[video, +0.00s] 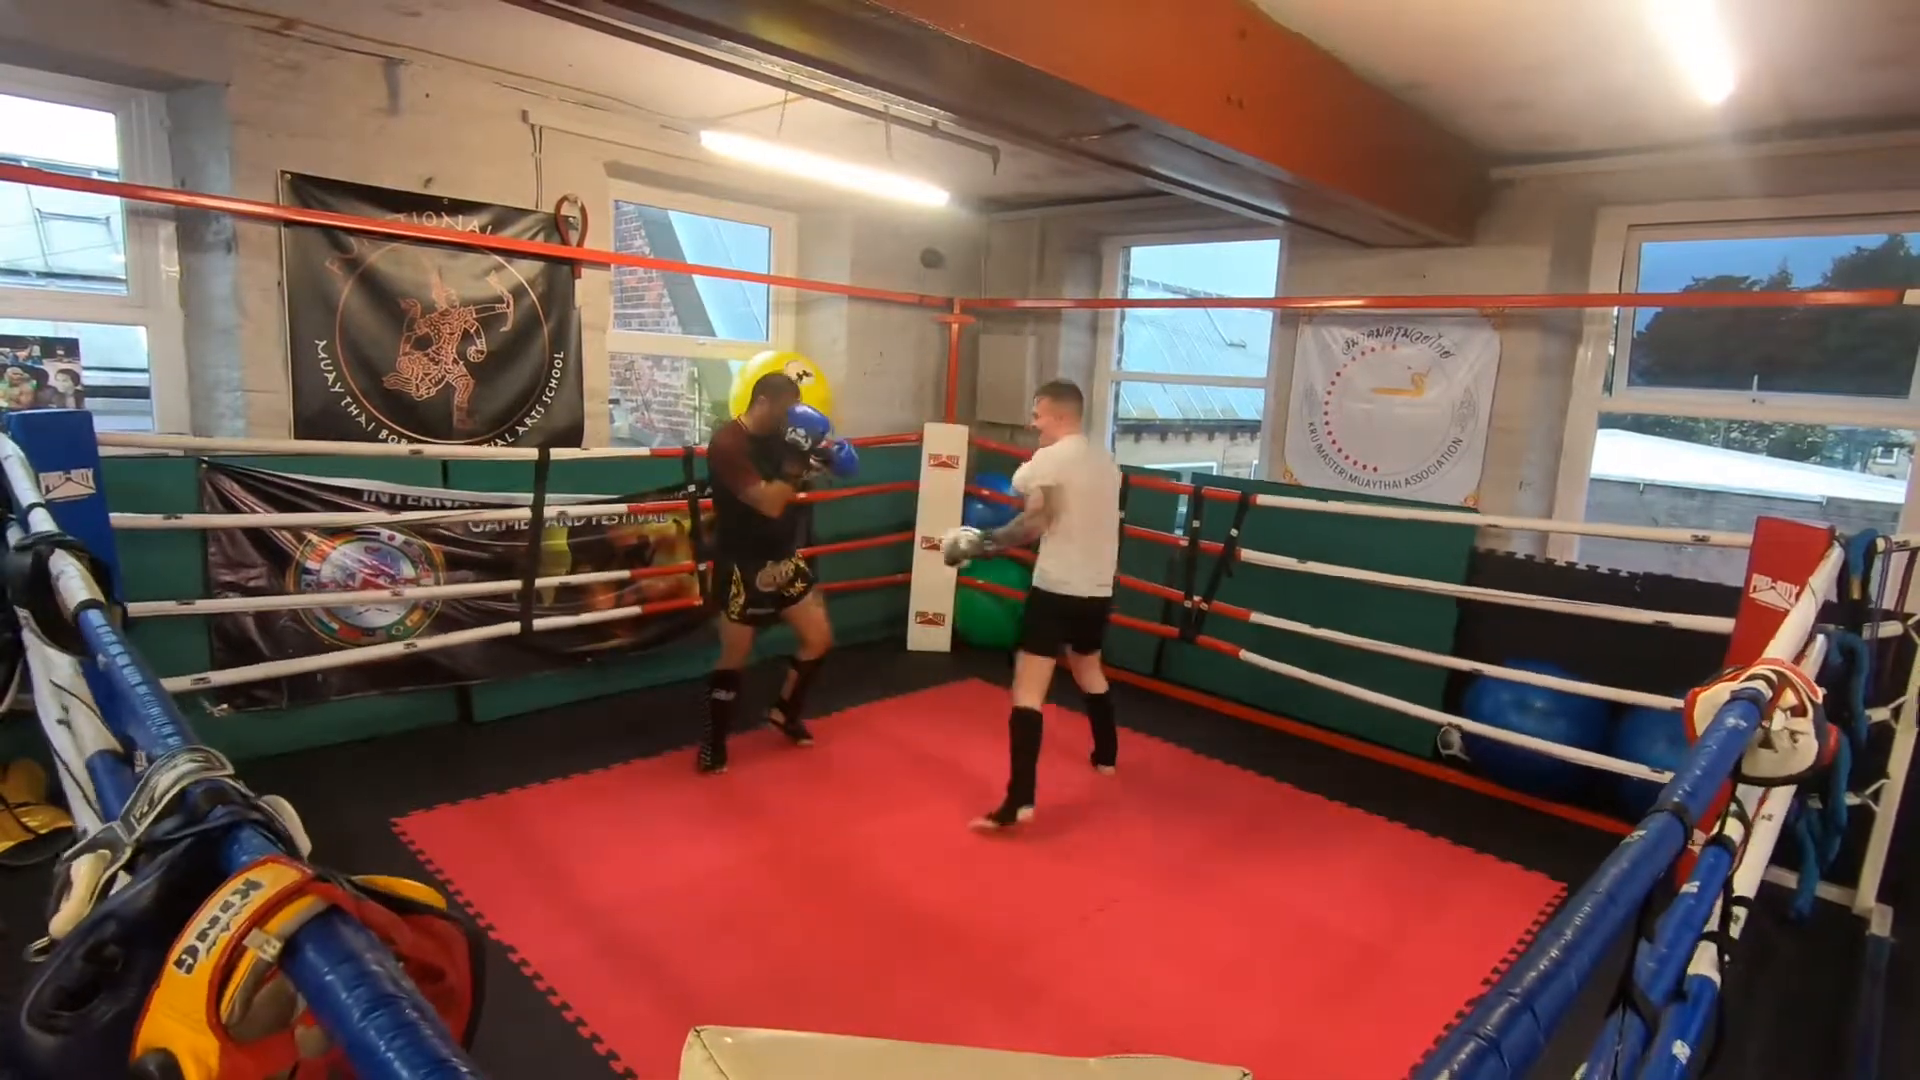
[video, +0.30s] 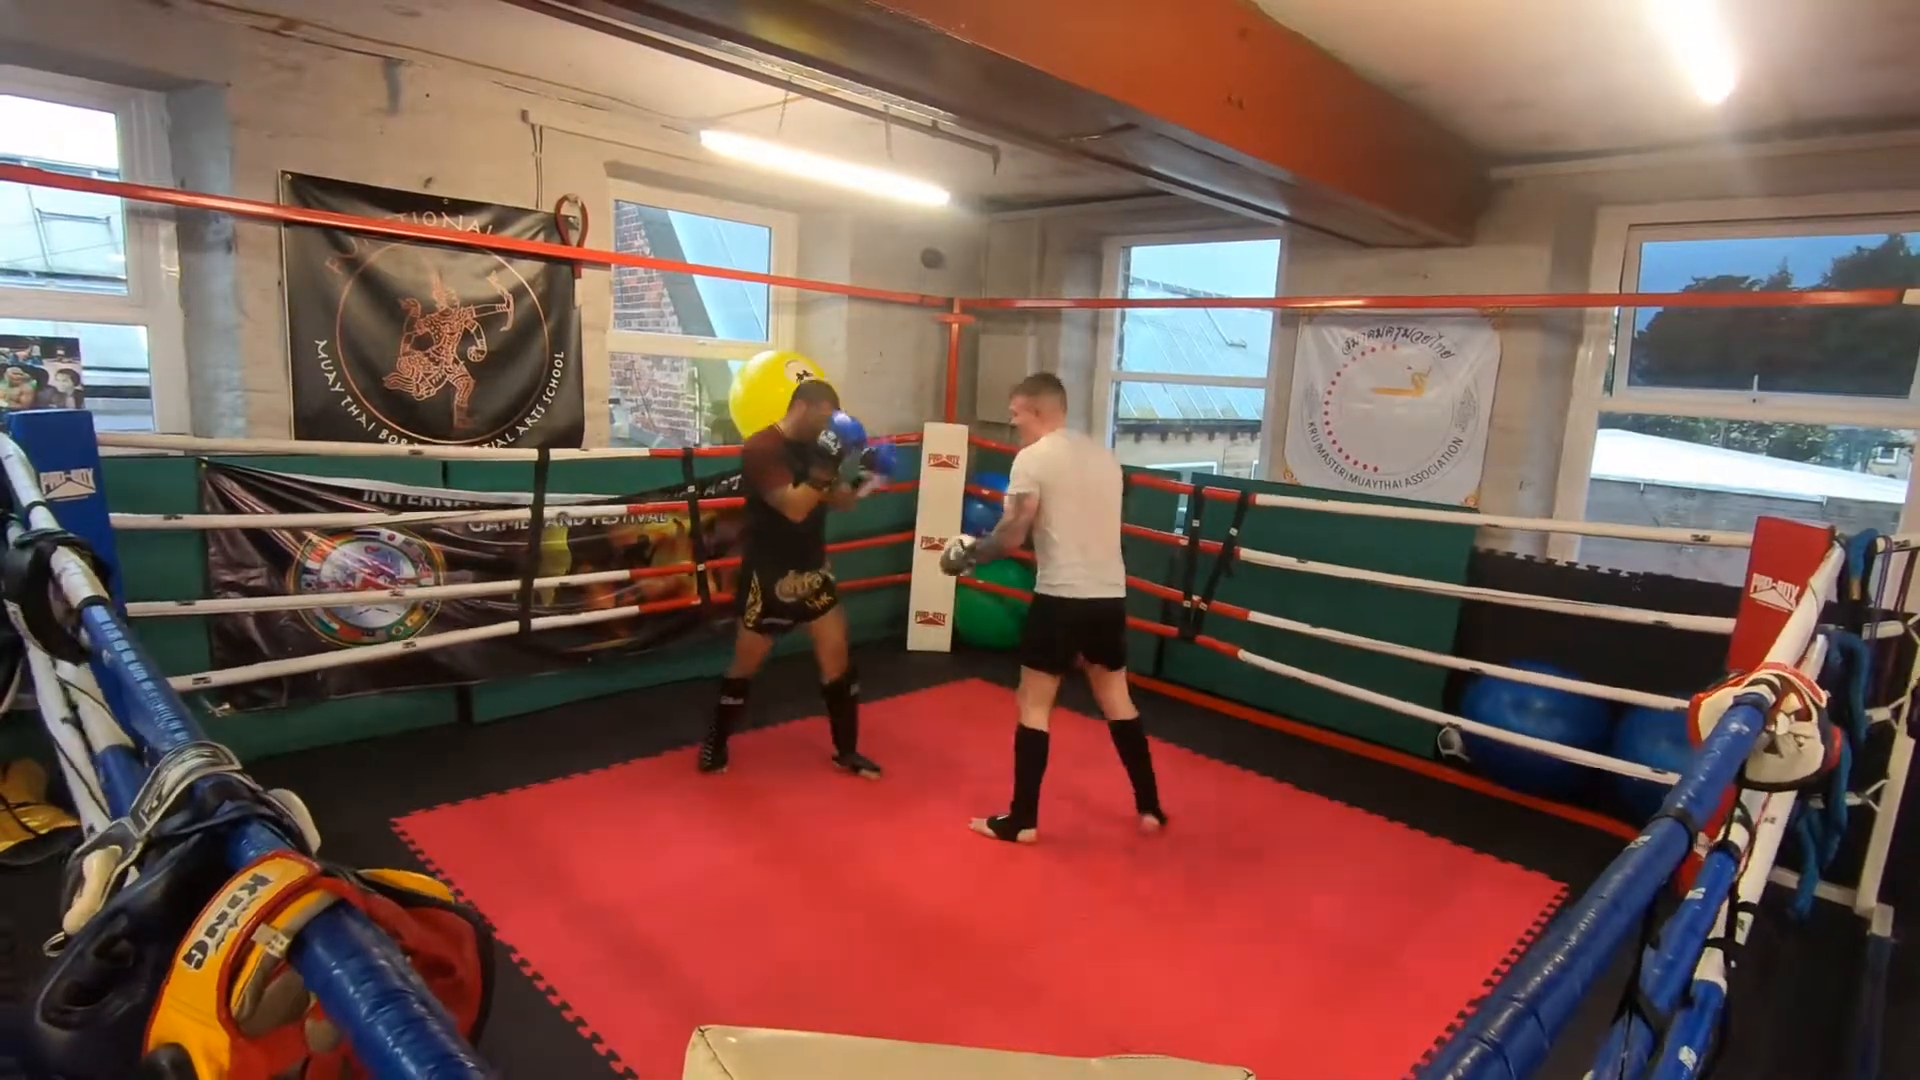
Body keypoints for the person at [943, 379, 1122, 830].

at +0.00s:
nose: (1034, 424)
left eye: (1038, 416)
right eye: (1035, 416)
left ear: (1055, 416)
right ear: (1075, 416)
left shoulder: (1044, 464)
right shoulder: (1108, 464)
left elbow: (1030, 525)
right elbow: (1087, 520)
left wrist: (979, 542)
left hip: (1054, 593)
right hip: (1097, 594)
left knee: (1028, 693)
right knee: (1088, 667)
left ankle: (1019, 800)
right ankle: (1107, 756)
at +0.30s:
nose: (1016, 430)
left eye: (1017, 420)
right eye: (1014, 421)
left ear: (1035, 412)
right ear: (1060, 411)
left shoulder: (1033, 459)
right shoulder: (1106, 458)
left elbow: (1012, 536)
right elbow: (1078, 531)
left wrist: (973, 553)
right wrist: (989, 542)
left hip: (1058, 604)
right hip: (1110, 605)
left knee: (1034, 705)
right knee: (1116, 697)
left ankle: (1022, 819)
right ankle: (1149, 807)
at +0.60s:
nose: (1049, 456)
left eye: (1050, 446)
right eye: (1047, 447)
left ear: (1068, 440)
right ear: (1095, 438)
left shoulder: (1066, 487)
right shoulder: (1134, 486)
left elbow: (1061, 556)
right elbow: (1113, 557)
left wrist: (1021, 596)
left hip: (1076, 633)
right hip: (1134, 638)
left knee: (1023, 703)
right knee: (1147, 752)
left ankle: (1009, 816)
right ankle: (1175, 880)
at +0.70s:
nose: (1041, 446)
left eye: (1044, 435)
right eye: (1042, 436)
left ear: (1061, 432)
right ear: (1092, 431)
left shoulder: (1055, 480)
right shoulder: (1134, 479)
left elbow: (1051, 555)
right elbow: (1118, 551)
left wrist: (1008, 591)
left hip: (1068, 629)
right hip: (1130, 634)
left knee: (1024, 708)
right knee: (1146, 746)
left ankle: (994, 819)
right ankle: (1174, 876)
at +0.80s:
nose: (1036, 428)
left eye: (1036, 420)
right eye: (1036, 420)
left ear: (1044, 417)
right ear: (1082, 415)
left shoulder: (1036, 467)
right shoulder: (1126, 467)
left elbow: (1003, 536)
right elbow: (1129, 533)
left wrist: (952, 545)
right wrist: (1041, 537)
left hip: (1063, 623)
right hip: (1123, 624)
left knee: (1026, 719)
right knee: (1145, 738)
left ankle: (994, 823)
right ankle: (1175, 861)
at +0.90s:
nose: (1024, 432)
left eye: (1025, 424)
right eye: (1025, 424)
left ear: (1037, 419)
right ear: (1073, 416)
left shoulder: (1027, 462)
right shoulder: (1119, 463)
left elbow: (962, 497)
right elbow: (1131, 531)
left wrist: (910, 487)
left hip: (1061, 619)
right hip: (1122, 620)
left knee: (1028, 719)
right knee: (1145, 729)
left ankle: (993, 825)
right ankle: (1177, 852)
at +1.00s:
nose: (1021, 430)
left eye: (1021, 422)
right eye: (1020, 423)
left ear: (1035, 419)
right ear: (1068, 414)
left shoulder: (1023, 459)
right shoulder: (1117, 461)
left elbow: (948, 473)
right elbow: (1132, 529)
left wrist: (884, 462)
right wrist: (1076, 515)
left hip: (1061, 621)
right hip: (1124, 620)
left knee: (1028, 721)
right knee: (1150, 729)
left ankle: (993, 826)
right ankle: (1185, 852)